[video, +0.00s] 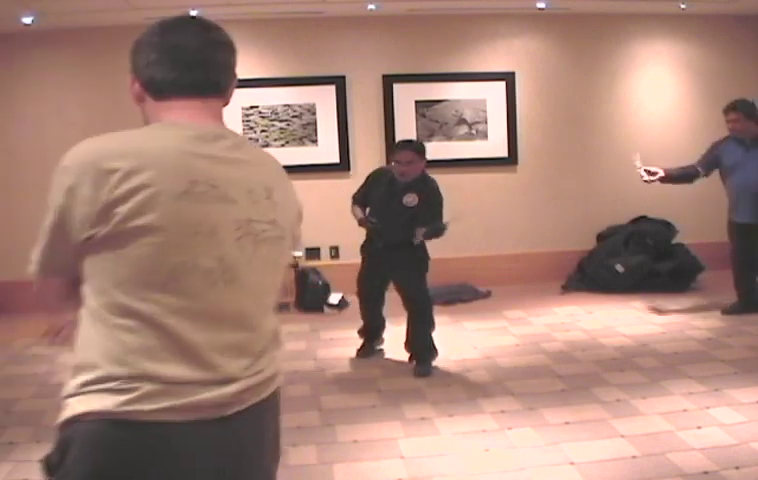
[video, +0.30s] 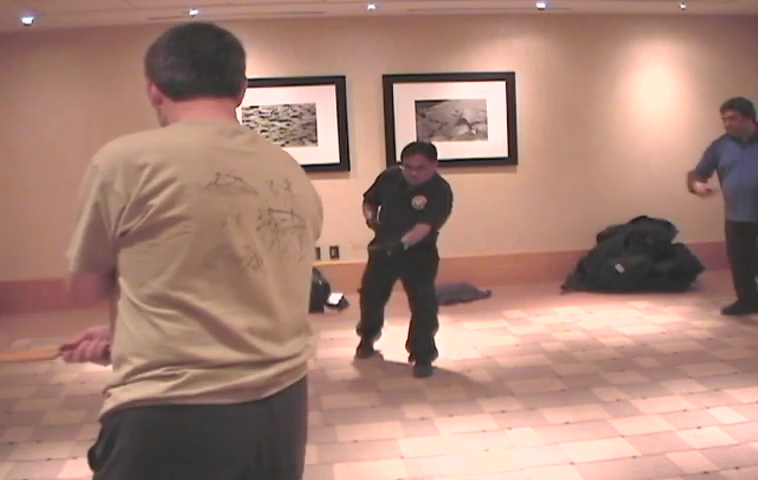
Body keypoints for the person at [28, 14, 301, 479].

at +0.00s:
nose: (132, 94)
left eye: (131, 83)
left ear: (138, 89)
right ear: (230, 88)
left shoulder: (95, 163)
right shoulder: (273, 175)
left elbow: (52, 291)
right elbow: (271, 288)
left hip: (119, 443)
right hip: (245, 439)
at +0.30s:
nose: (148, 101)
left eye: (147, 91)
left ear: (155, 92)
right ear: (241, 91)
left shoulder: (124, 161)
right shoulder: (292, 173)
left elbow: (85, 289)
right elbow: (262, 297)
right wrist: (125, 337)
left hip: (166, 428)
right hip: (280, 419)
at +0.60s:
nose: (142, 98)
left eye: (141, 88)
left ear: (152, 91)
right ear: (238, 89)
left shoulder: (112, 162)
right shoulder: (295, 170)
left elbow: (84, 295)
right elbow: (293, 288)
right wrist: (128, 339)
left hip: (155, 430)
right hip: (280, 423)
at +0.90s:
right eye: (197, 78)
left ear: (99, 82)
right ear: (192, 83)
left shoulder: (26, 181)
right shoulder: (258, 179)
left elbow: (10, 335)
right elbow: (291, 330)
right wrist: (204, 332)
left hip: (78, 456)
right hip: (227, 449)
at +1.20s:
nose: (121, 86)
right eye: (122, 75)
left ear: (14, 75)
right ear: (111, 80)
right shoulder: (162, 179)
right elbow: (232, 366)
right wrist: (229, 414)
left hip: (14, 462)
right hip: (144, 459)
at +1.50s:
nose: (97, 82)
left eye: (98, 64)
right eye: (98, 64)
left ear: (7, 57)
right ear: (82, 67)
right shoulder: (128, 173)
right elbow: (162, 358)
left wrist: (197, 428)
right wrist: (201, 427)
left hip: (8, 462)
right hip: (116, 461)